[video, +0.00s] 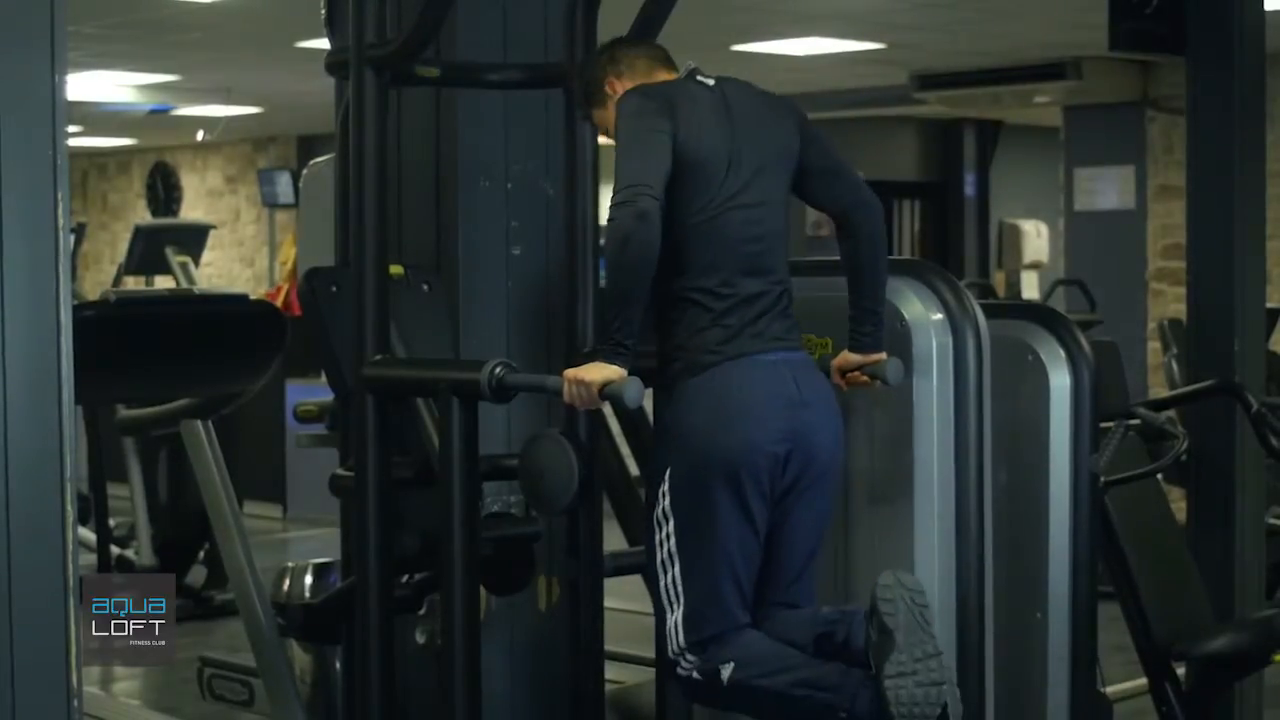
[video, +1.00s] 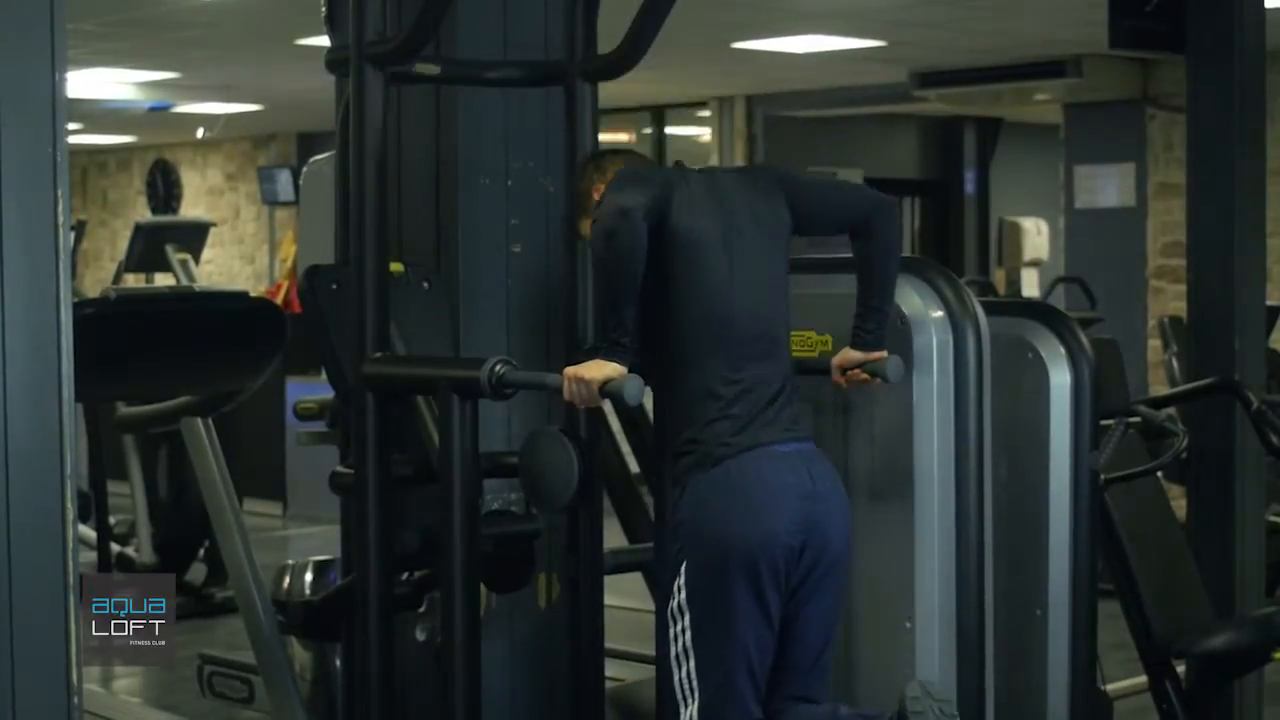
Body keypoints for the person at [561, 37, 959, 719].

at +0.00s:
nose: (612, 140)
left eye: (604, 124)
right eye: (604, 131)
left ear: (616, 89)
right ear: (673, 72)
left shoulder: (647, 106)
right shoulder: (772, 111)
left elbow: (638, 217)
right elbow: (861, 209)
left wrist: (612, 351)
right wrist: (866, 340)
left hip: (715, 398)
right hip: (804, 386)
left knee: (699, 650)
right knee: (771, 616)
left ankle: (870, 700)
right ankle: (867, 633)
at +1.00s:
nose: (595, 225)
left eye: (591, 215)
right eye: (589, 220)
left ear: (604, 189)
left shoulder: (638, 183)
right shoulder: (759, 184)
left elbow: (619, 224)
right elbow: (877, 210)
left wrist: (613, 348)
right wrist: (870, 338)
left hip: (723, 489)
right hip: (809, 471)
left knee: (714, 704)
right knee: (799, 701)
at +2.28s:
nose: (608, 132)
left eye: (601, 117)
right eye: (600, 125)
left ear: (611, 80)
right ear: (670, 58)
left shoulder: (644, 93)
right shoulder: (772, 99)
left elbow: (634, 202)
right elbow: (861, 196)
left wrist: (613, 340)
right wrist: (867, 328)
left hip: (718, 384)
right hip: (807, 375)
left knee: (704, 639)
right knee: (772, 604)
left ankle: (885, 690)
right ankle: (874, 614)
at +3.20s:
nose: (597, 223)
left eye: (594, 212)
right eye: (591, 220)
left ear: (606, 182)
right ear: (648, 155)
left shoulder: (634, 173)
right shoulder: (761, 172)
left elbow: (622, 209)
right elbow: (880, 197)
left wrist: (610, 334)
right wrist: (868, 325)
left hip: (723, 483)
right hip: (812, 465)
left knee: (722, 706)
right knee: (798, 696)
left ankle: (894, 708)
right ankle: (899, 708)